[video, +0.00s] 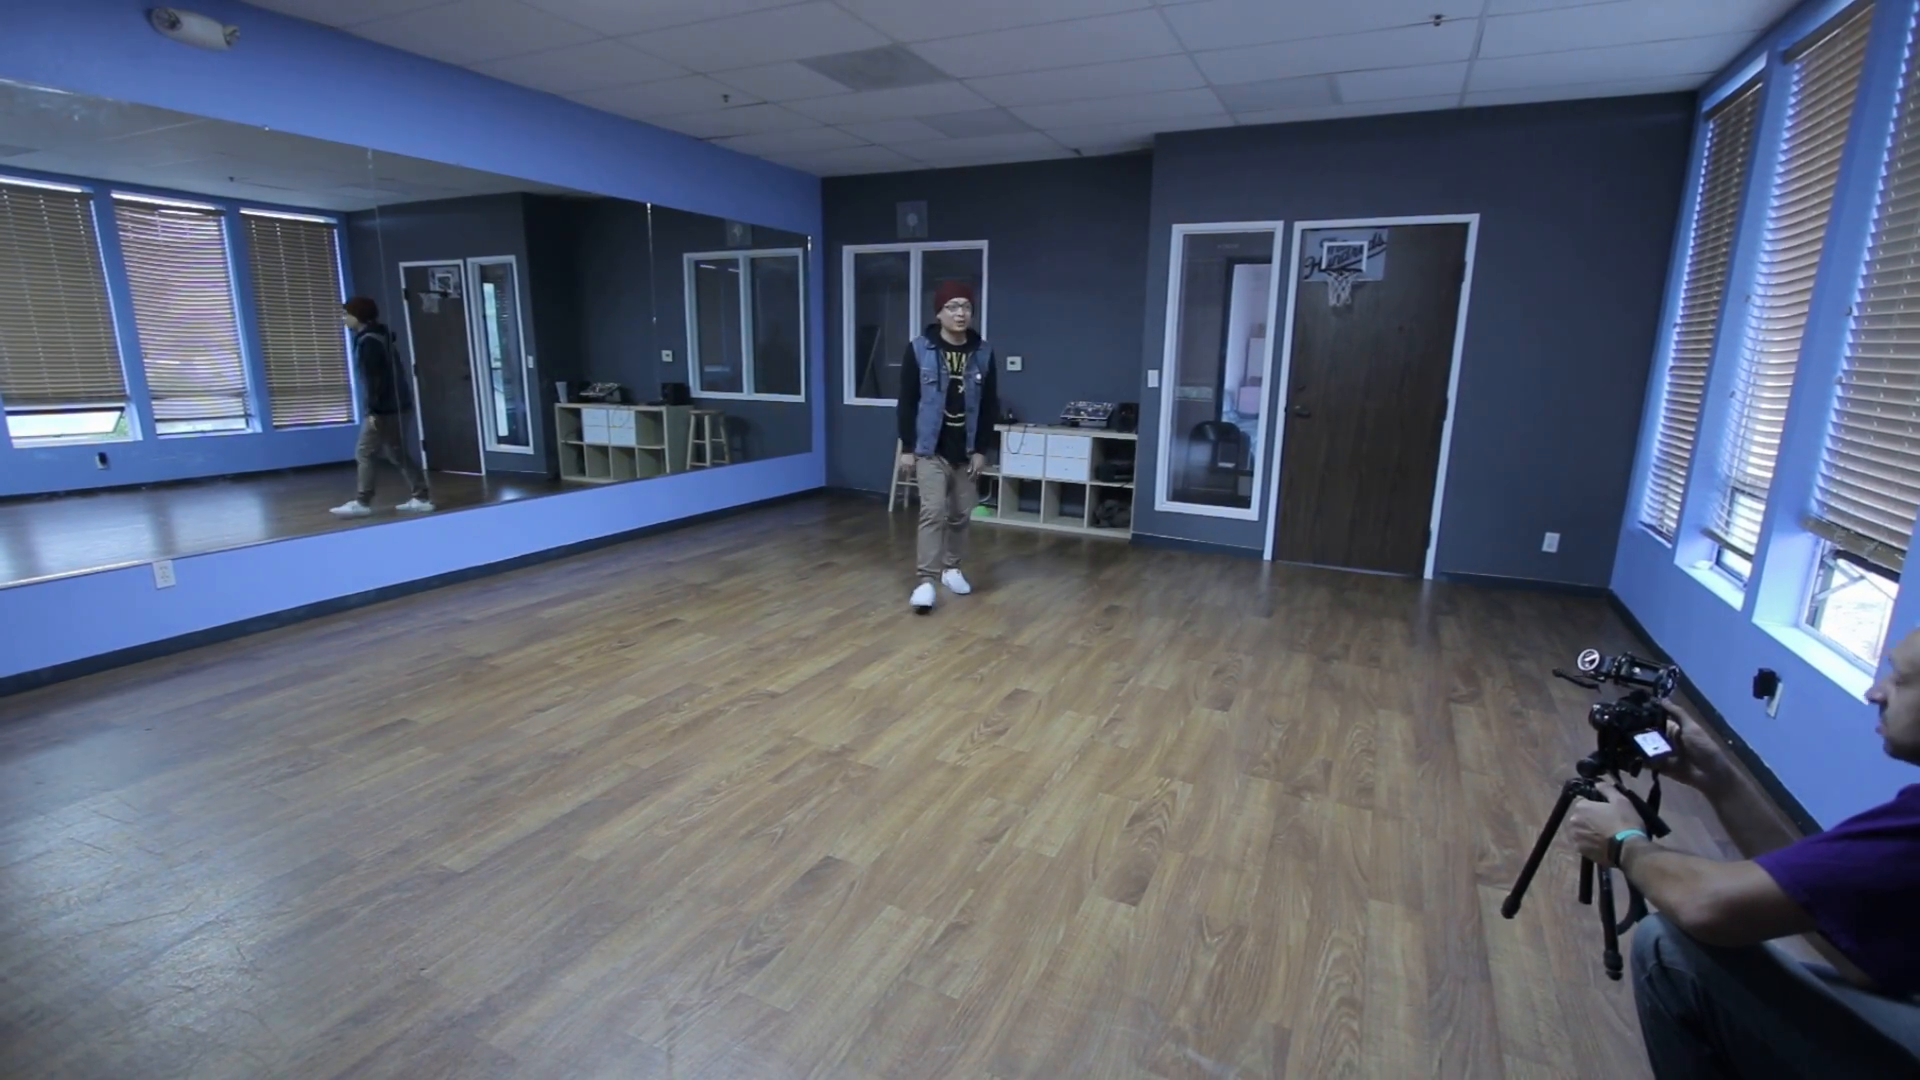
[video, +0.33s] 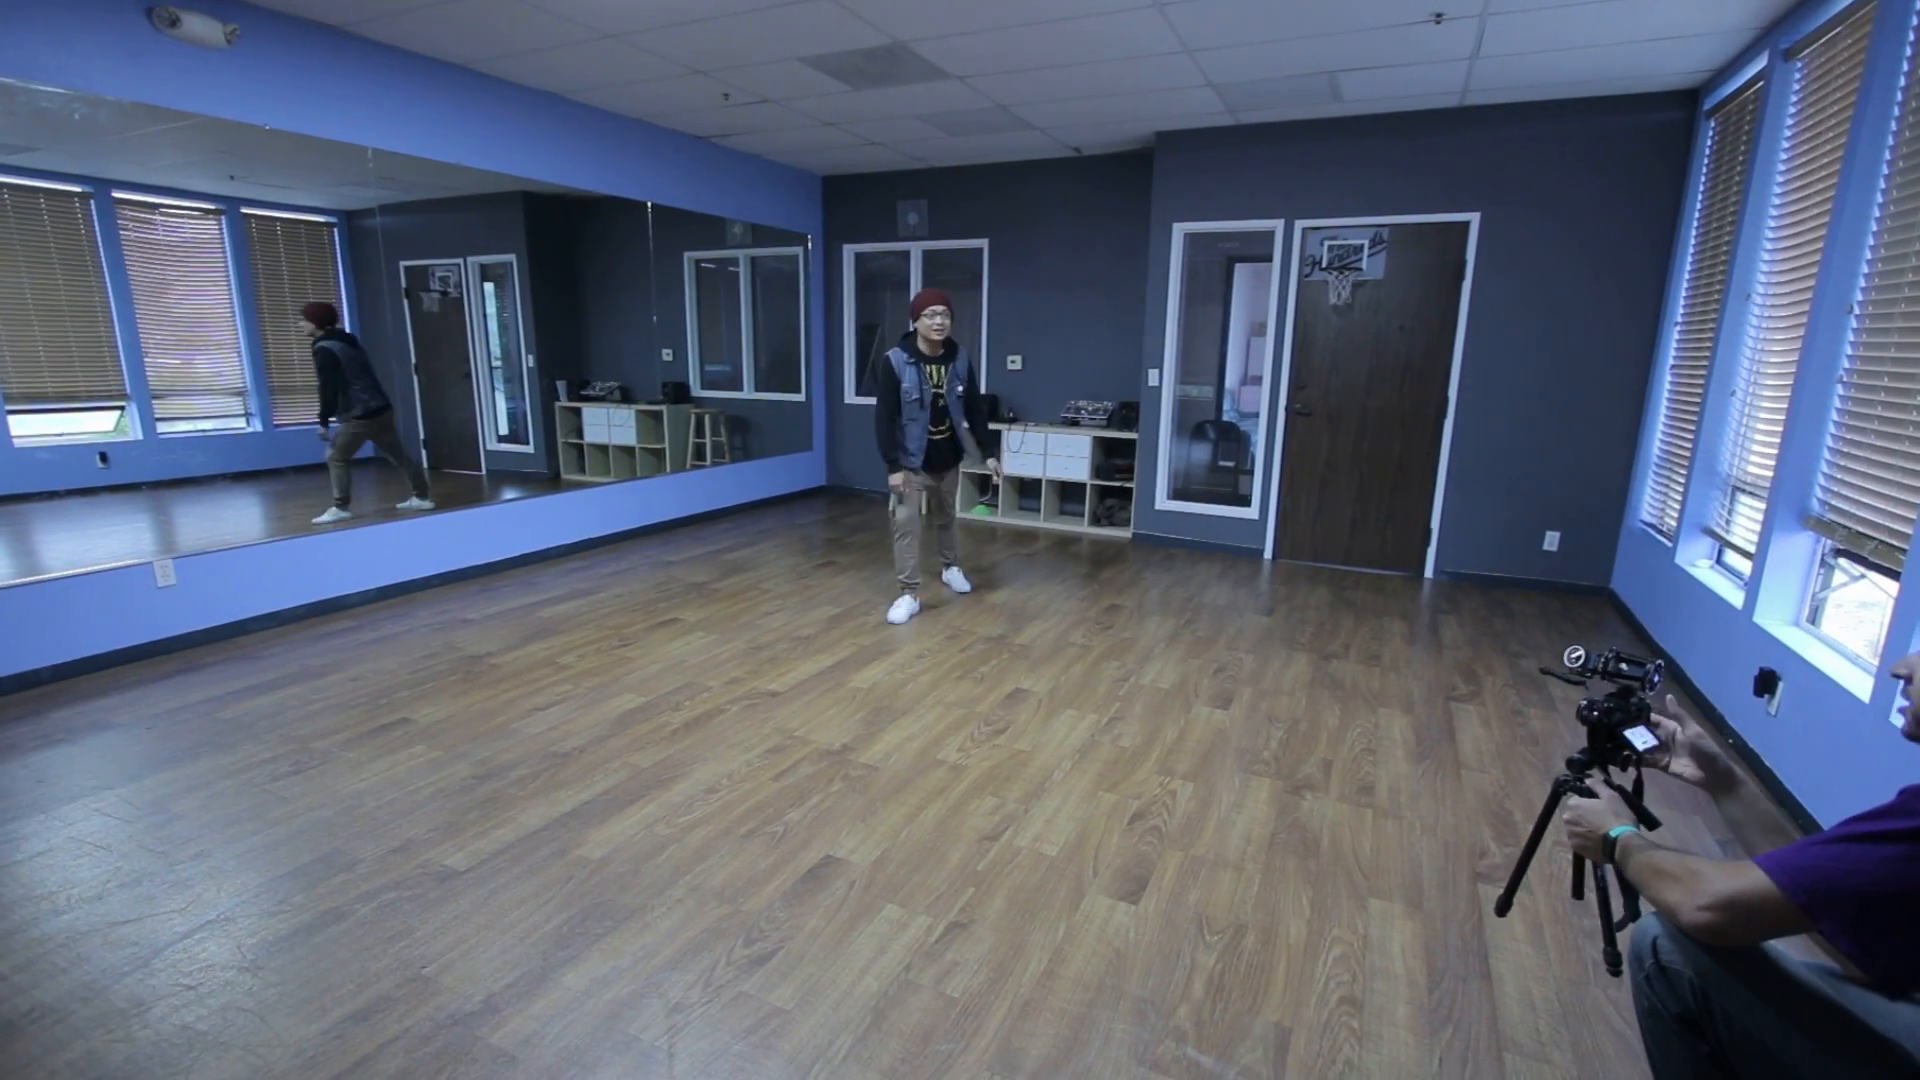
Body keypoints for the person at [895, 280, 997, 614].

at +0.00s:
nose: (960, 313)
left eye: (966, 308)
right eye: (953, 307)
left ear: (972, 314)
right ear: (939, 313)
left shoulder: (983, 354)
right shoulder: (919, 349)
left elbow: (989, 405)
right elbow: (907, 400)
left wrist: (983, 449)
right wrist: (907, 447)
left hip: (967, 450)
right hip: (930, 447)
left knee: (960, 515)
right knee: (933, 513)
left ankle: (951, 568)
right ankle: (927, 579)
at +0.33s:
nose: (939, 322)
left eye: (945, 316)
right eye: (931, 316)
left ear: (951, 321)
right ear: (916, 321)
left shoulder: (960, 360)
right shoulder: (895, 361)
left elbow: (975, 410)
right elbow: (885, 418)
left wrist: (988, 453)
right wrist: (893, 466)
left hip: (948, 458)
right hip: (909, 460)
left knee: (946, 517)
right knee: (906, 524)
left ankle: (950, 567)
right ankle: (908, 593)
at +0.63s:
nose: (921, 334)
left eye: (926, 327)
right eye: (912, 327)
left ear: (934, 331)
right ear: (896, 332)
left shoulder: (941, 367)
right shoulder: (876, 369)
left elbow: (947, 423)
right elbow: (868, 428)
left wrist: (938, 469)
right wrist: (876, 482)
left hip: (923, 462)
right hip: (888, 463)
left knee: (920, 518)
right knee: (892, 525)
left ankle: (920, 566)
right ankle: (905, 592)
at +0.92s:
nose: (900, 309)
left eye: (905, 302)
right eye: (891, 303)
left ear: (913, 309)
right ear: (877, 311)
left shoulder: (925, 349)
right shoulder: (859, 350)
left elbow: (931, 402)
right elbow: (847, 408)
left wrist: (911, 440)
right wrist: (852, 457)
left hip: (909, 447)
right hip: (872, 449)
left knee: (895, 516)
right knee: (888, 518)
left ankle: (864, 569)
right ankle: (904, 589)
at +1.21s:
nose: (868, 298)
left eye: (874, 293)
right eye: (860, 294)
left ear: (883, 303)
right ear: (849, 306)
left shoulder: (900, 346)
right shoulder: (834, 346)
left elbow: (916, 399)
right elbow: (820, 402)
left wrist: (926, 446)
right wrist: (821, 452)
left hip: (889, 446)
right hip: (848, 447)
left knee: (877, 516)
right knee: (863, 513)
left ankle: (856, 579)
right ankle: (882, 586)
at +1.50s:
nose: (846, 297)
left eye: (851, 291)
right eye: (839, 293)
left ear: (862, 300)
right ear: (829, 305)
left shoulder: (882, 343)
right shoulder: (817, 344)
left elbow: (894, 395)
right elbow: (805, 400)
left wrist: (899, 440)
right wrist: (808, 450)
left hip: (873, 446)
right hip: (834, 446)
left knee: (861, 518)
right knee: (822, 514)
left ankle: (855, 580)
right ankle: (800, 576)